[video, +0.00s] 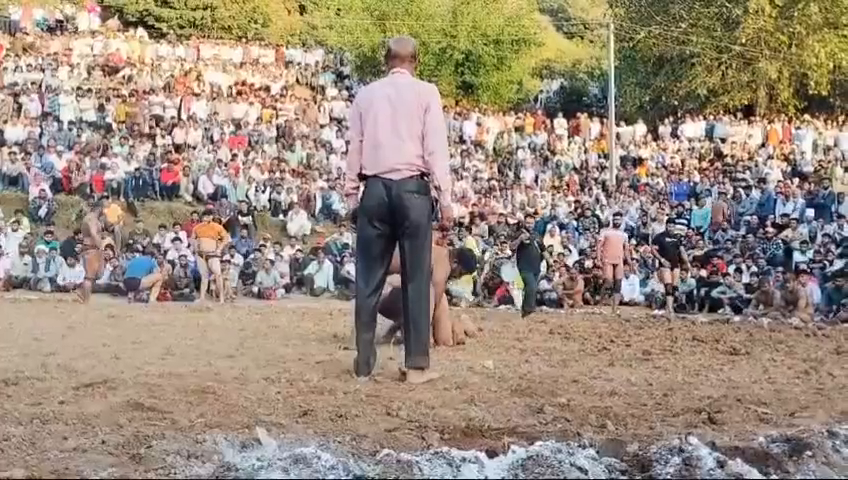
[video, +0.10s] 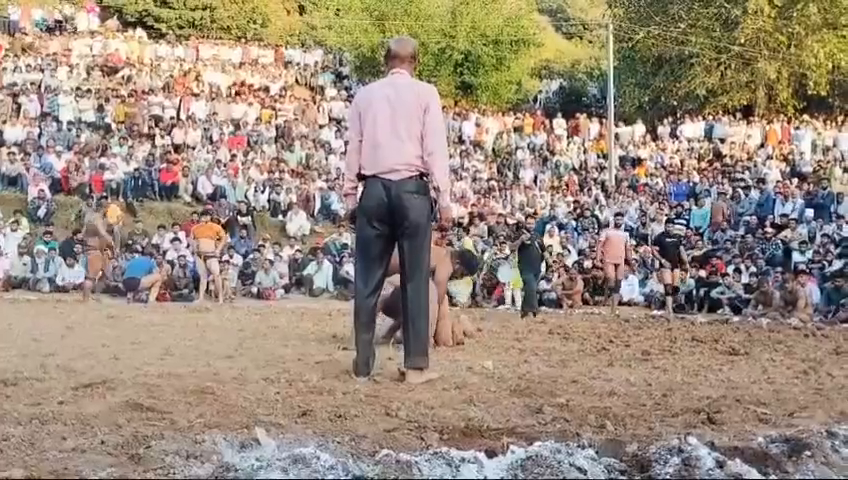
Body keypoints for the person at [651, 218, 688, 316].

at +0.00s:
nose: (672, 228)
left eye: (673, 226)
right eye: (670, 226)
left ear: (675, 227)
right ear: (666, 226)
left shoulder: (677, 238)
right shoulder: (660, 237)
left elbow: (682, 252)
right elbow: (654, 249)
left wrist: (687, 263)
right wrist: (662, 259)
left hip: (675, 263)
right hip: (665, 263)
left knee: (674, 287)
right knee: (668, 286)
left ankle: (669, 309)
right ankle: (670, 310)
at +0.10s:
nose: (670, 229)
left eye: (672, 226)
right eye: (668, 226)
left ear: (674, 227)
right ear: (665, 227)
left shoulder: (677, 238)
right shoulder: (660, 237)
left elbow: (681, 251)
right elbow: (654, 250)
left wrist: (685, 263)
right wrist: (662, 260)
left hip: (676, 264)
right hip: (665, 263)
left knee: (675, 287)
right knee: (668, 287)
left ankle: (668, 308)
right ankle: (669, 312)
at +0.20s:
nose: (668, 229)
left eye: (670, 226)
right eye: (666, 226)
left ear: (673, 227)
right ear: (664, 227)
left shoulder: (677, 238)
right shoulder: (659, 237)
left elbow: (682, 251)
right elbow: (654, 251)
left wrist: (685, 264)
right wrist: (661, 260)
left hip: (676, 265)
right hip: (665, 264)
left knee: (679, 286)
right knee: (667, 288)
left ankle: (679, 306)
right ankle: (668, 311)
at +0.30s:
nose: (668, 229)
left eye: (670, 227)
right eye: (666, 227)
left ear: (673, 227)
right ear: (663, 227)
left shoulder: (678, 238)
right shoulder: (658, 238)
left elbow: (682, 251)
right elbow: (654, 251)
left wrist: (685, 263)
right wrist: (661, 260)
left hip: (676, 265)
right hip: (665, 265)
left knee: (680, 285)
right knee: (666, 288)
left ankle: (676, 306)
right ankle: (667, 312)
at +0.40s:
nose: (668, 229)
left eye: (670, 227)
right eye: (666, 227)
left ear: (673, 227)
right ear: (663, 227)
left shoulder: (679, 238)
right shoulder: (658, 239)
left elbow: (683, 251)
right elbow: (654, 252)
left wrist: (685, 263)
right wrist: (661, 260)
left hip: (677, 264)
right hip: (665, 264)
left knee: (680, 285)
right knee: (665, 288)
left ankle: (681, 309)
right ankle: (666, 313)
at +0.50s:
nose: (669, 230)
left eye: (671, 227)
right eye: (667, 227)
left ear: (674, 228)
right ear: (665, 228)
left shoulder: (680, 239)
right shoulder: (659, 239)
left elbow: (686, 253)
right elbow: (655, 252)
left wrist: (687, 266)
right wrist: (659, 261)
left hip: (678, 266)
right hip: (665, 266)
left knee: (681, 288)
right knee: (665, 289)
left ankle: (685, 313)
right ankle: (666, 314)